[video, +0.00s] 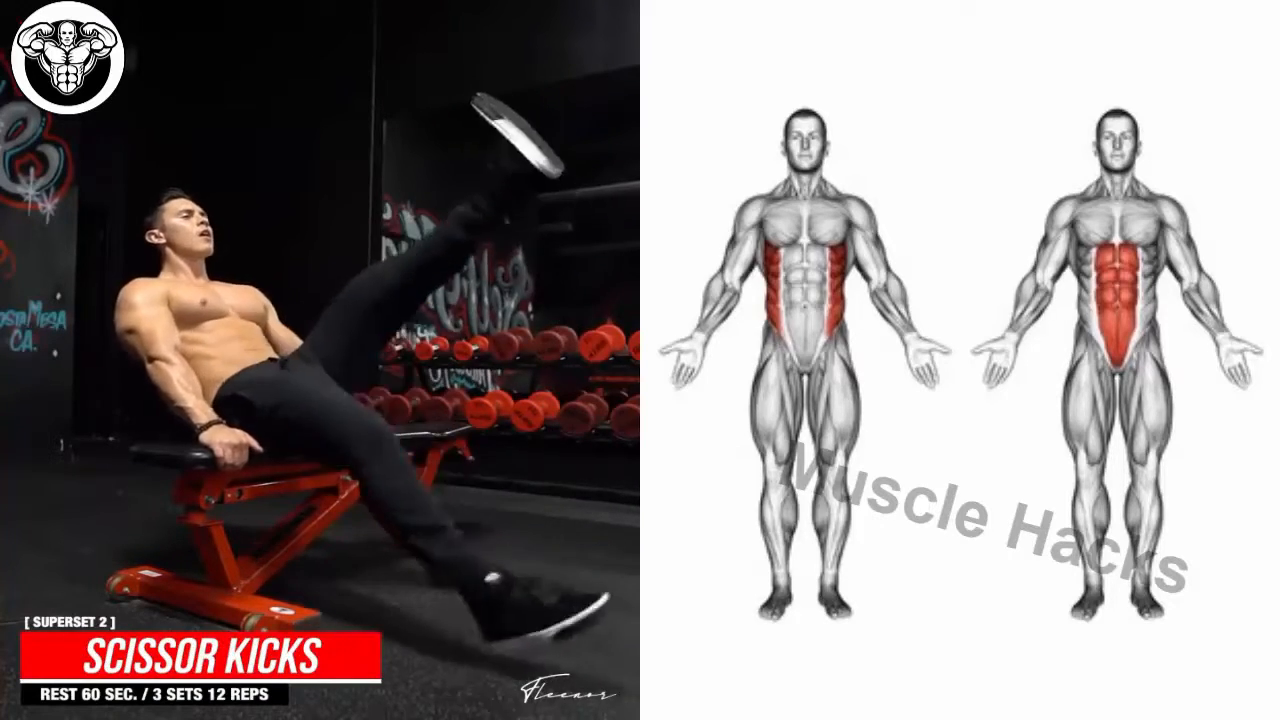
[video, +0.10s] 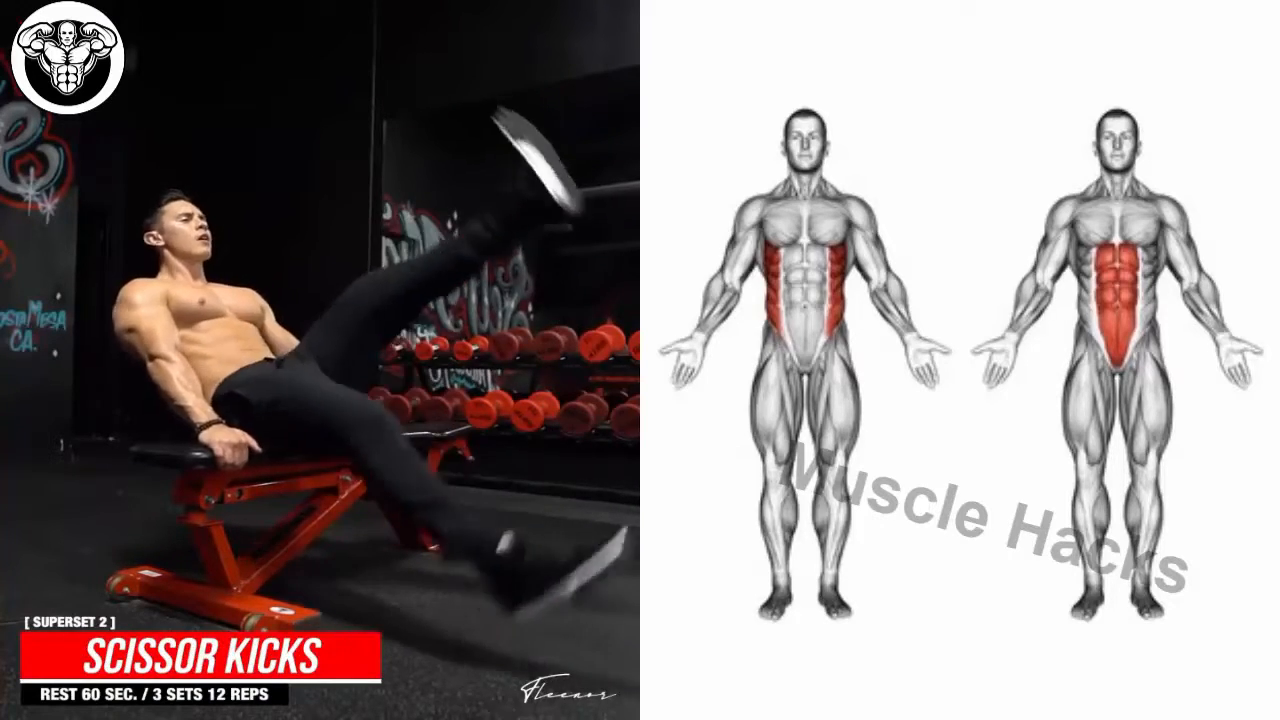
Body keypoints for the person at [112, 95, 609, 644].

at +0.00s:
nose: (203, 221)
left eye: (203, 215)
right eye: (187, 215)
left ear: (206, 235)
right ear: (158, 237)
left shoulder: (246, 294)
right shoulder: (142, 294)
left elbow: (302, 352)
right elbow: (163, 358)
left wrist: (354, 394)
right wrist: (207, 424)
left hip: (302, 370)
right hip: (250, 387)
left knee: (383, 284)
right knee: (371, 438)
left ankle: (502, 188)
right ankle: (490, 591)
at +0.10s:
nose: (202, 226)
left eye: (202, 219)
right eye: (186, 220)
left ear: (203, 237)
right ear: (156, 239)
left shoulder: (246, 297)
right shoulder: (142, 294)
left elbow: (302, 356)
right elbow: (163, 359)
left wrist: (359, 399)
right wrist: (208, 425)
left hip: (297, 373)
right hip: (246, 387)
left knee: (373, 291)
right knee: (368, 419)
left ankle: (520, 214)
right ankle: (501, 561)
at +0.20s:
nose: (200, 235)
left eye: (200, 226)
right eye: (185, 228)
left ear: (202, 238)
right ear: (154, 244)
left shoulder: (241, 299)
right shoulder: (137, 299)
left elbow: (298, 353)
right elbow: (162, 362)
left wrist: (369, 388)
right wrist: (207, 424)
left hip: (294, 377)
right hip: (239, 395)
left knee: (382, 312)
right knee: (368, 383)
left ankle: (539, 285)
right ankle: (534, 461)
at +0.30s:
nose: (201, 241)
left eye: (204, 233)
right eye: (187, 232)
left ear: (207, 243)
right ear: (155, 244)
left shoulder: (244, 299)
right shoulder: (136, 302)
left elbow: (298, 363)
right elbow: (159, 366)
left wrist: (353, 416)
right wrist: (209, 424)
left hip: (294, 394)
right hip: (239, 403)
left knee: (400, 346)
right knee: (367, 350)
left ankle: (566, 362)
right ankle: (560, 354)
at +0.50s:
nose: (214, 243)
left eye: (219, 234)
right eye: (202, 232)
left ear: (222, 238)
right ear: (168, 236)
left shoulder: (247, 293)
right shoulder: (139, 298)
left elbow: (298, 344)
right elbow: (157, 365)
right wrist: (207, 424)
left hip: (305, 394)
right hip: (243, 391)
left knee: (435, 421)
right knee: (342, 285)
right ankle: (472, 186)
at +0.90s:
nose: (213, 246)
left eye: (219, 238)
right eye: (202, 235)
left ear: (223, 243)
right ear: (167, 236)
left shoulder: (244, 298)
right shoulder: (138, 299)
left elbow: (303, 354)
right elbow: (164, 362)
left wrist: (362, 403)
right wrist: (209, 424)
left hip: (295, 384)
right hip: (237, 398)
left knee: (423, 350)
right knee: (370, 372)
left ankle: (562, 425)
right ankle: (535, 474)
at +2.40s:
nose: (209, 232)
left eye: (212, 224)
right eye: (195, 223)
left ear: (215, 234)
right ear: (162, 235)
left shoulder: (249, 292)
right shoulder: (141, 293)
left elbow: (304, 355)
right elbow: (167, 358)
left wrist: (352, 410)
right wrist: (210, 421)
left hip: (294, 393)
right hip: (240, 402)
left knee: (401, 326)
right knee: (361, 346)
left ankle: (557, 364)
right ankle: (527, 387)